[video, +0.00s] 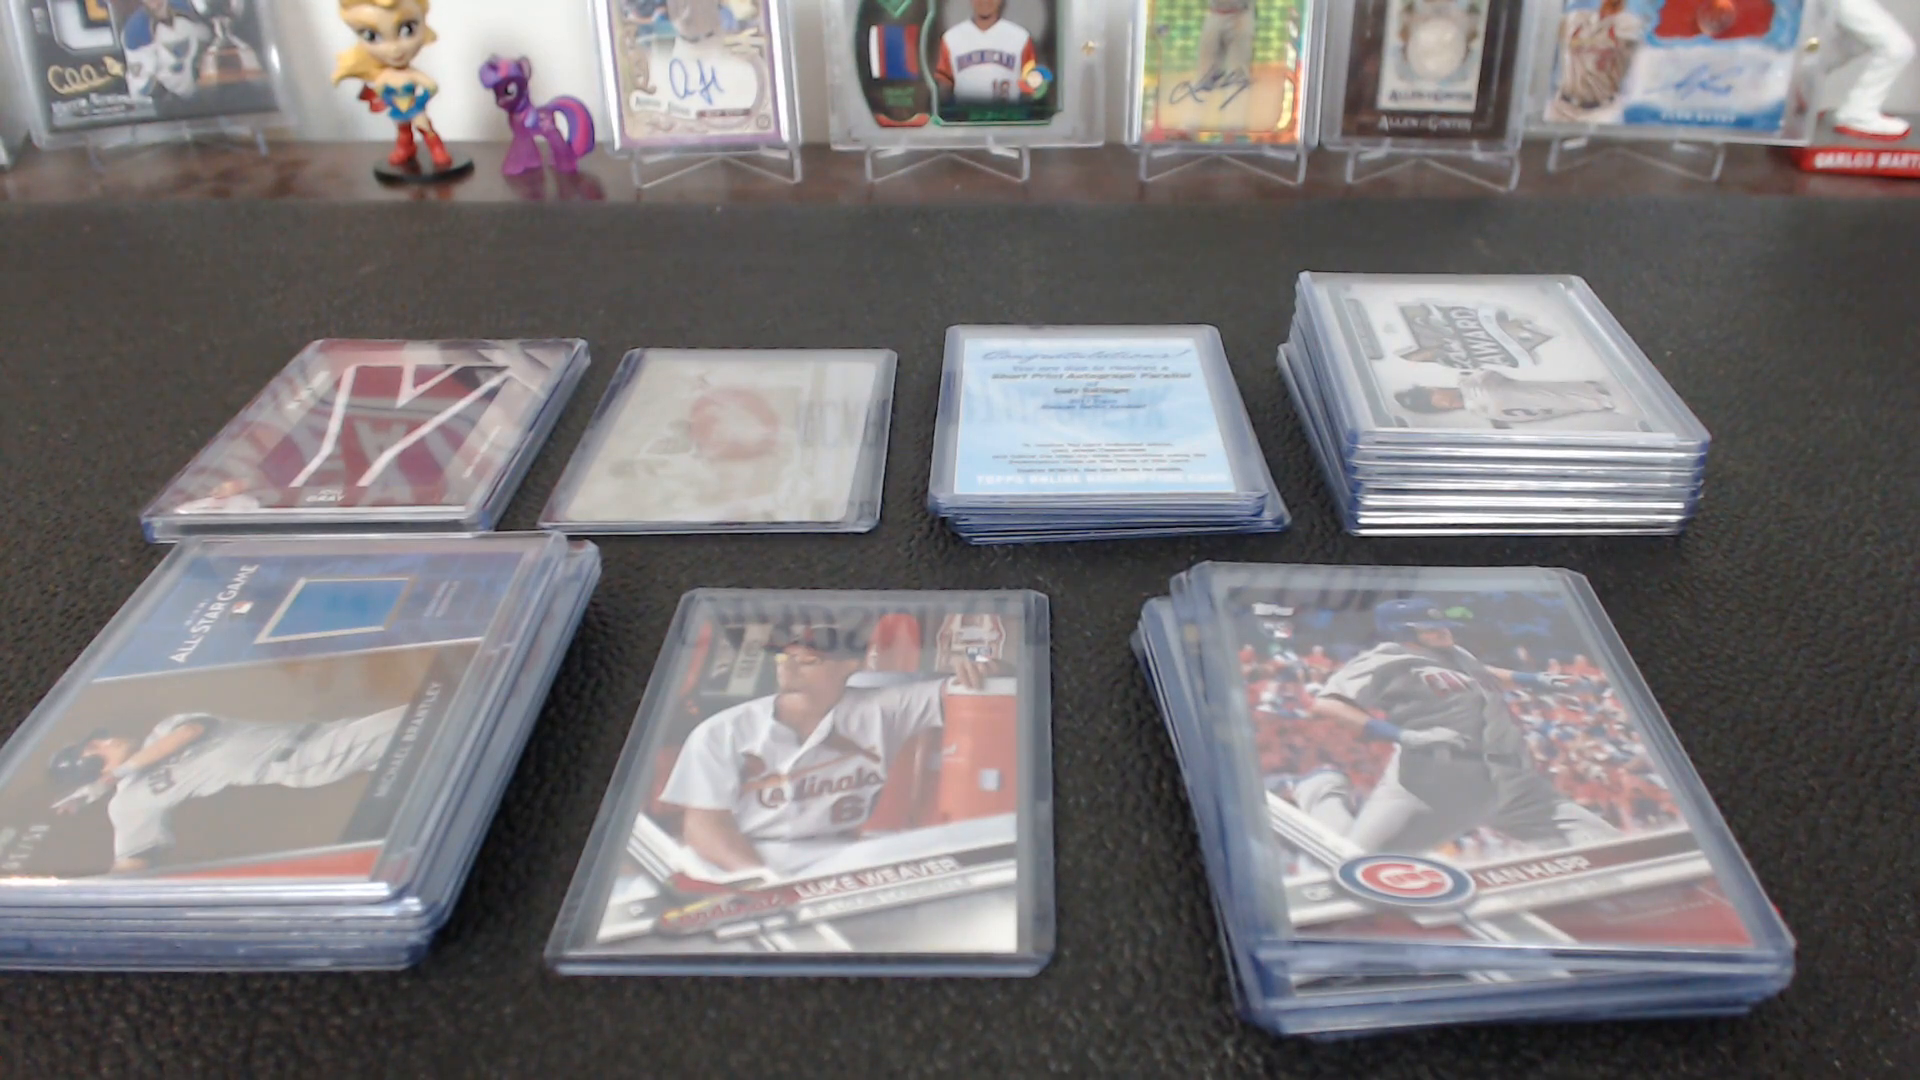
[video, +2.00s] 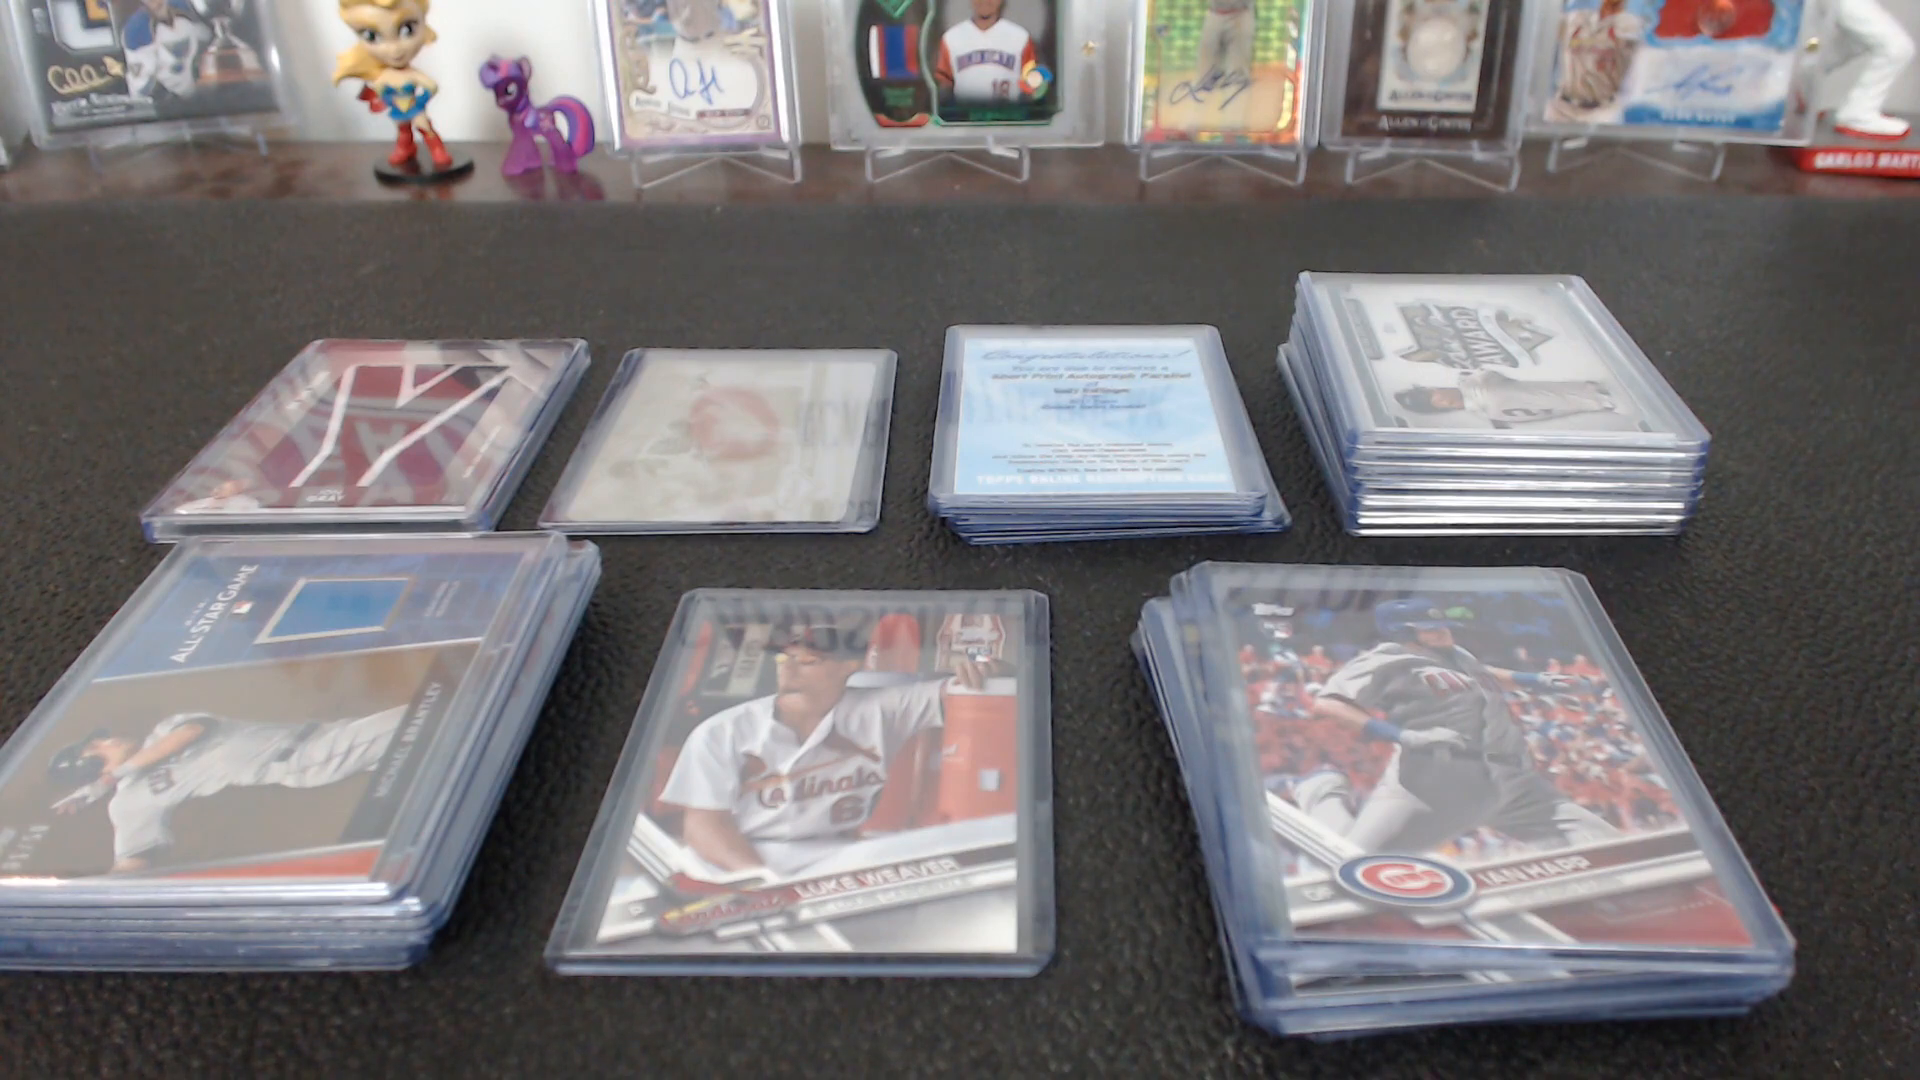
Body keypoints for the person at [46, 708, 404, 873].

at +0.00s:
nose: (109, 740)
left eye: (98, 739)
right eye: (99, 747)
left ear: (107, 743)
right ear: (100, 771)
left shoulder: (161, 728)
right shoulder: (130, 800)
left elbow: (193, 732)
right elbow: (129, 871)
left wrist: (116, 775)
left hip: (311, 732)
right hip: (298, 760)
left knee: (414, 721)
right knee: (412, 718)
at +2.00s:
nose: (113, 740)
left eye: (103, 739)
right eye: (103, 746)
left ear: (109, 741)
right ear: (101, 769)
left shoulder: (161, 729)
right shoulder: (131, 798)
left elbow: (192, 732)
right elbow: (130, 869)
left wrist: (116, 775)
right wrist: (88, 901)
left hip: (311, 732)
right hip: (299, 760)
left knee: (416, 721)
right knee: (414, 717)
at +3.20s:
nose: (109, 751)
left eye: (98, 747)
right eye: (99, 760)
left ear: (108, 736)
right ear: (100, 776)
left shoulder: (160, 727)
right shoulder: (131, 801)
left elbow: (191, 733)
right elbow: (128, 872)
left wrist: (117, 775)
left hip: (305, 735)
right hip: (291, 768)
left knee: (412, 719)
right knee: (408, 721)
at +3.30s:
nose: (104, 771)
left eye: (98, 758)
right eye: (94, 774)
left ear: (112, 741)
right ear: (96, 786)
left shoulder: (161, 731)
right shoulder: (130, 802)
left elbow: (193, 732)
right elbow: (130, 871)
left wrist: (124, 770)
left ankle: (418, 715)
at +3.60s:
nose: (115, 741)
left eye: (106, 739)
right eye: (104, 744)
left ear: (109, 742)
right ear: (100, 764)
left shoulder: (163, 727)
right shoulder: (129, 802)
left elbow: (196, 731)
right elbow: (129, 872)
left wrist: (115, 777)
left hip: (294, 736)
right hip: (277, 774)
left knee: (407, 721)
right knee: (399, 726)